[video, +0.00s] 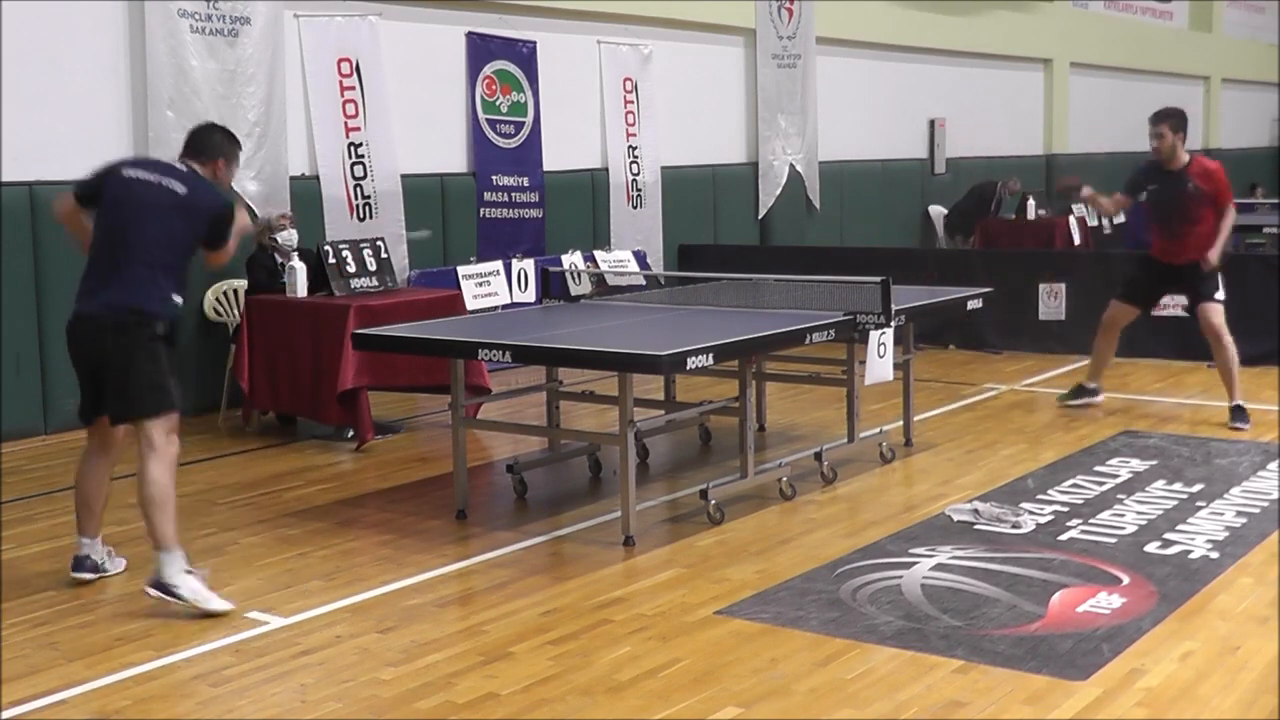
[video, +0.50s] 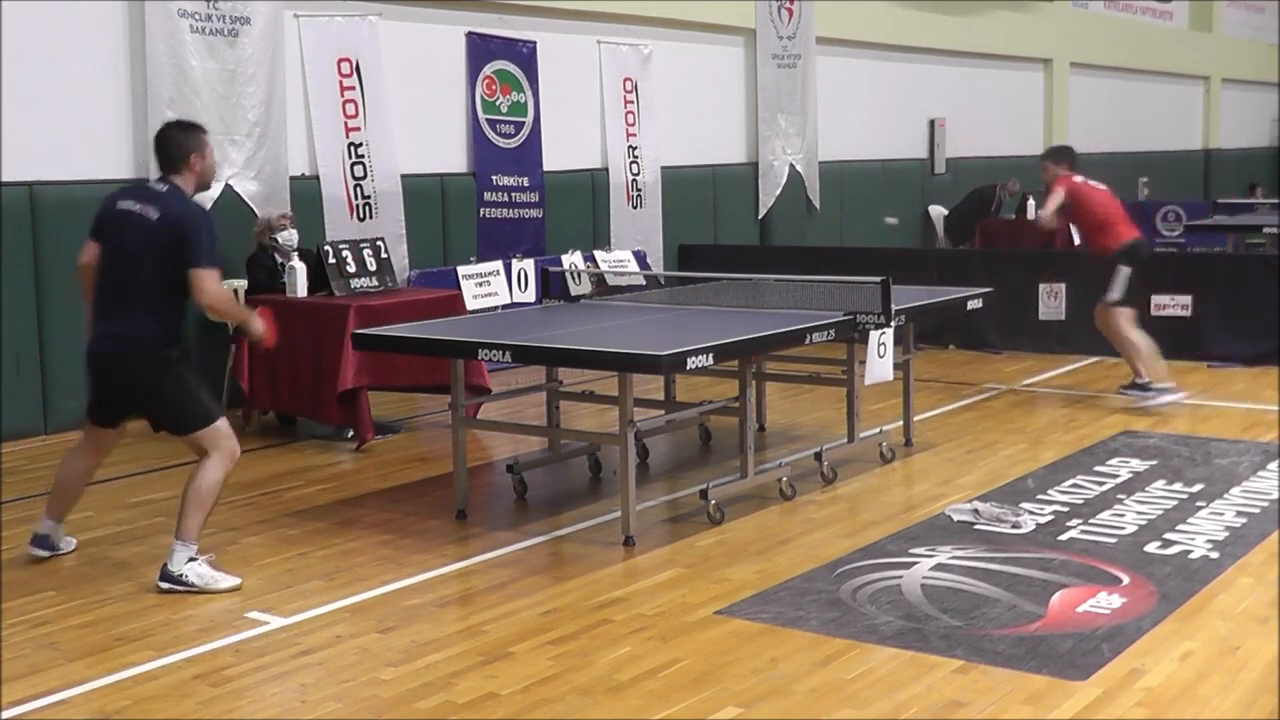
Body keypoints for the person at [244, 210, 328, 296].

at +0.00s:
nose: (290, 233)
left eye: (292, 227)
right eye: (282, 229)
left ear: (296, 229)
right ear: (270, 237)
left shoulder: (308, 256)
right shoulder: (258, 261)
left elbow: (321, 288)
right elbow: (260, 292)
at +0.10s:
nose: (290, 233)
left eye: (292, 227)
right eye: (282, 229)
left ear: (295, 229)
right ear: (269, 236)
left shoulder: (308, 256)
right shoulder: (258, 261)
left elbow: (321, 288)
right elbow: (260, 292)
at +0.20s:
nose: (290, 233)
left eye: (292, 227)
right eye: (282, 229)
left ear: (295, 229)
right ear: (269, 236)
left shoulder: (308, 256)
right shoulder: (258, 261)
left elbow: (321, 288)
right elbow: (260, 292)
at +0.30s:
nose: (290, 233)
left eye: (292, 227)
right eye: (283, 229)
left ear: (296, 229)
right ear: (269, 236)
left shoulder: (308, 256)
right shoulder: (258, 261)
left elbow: (321, 288)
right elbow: (260, 292)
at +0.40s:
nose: (291, 233)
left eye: (292, 227)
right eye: (283, 229)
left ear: (296, 229)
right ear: (269, 236)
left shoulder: (308, 256)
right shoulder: (258, 261)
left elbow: (321, 288)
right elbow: (260, 292)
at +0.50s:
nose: (291, 233)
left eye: (292, 227)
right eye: (283, 229)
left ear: (296, 229)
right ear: (270, 237)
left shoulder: (308, 256)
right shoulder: (257, 261)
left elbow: (321, 289)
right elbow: (260, 293)